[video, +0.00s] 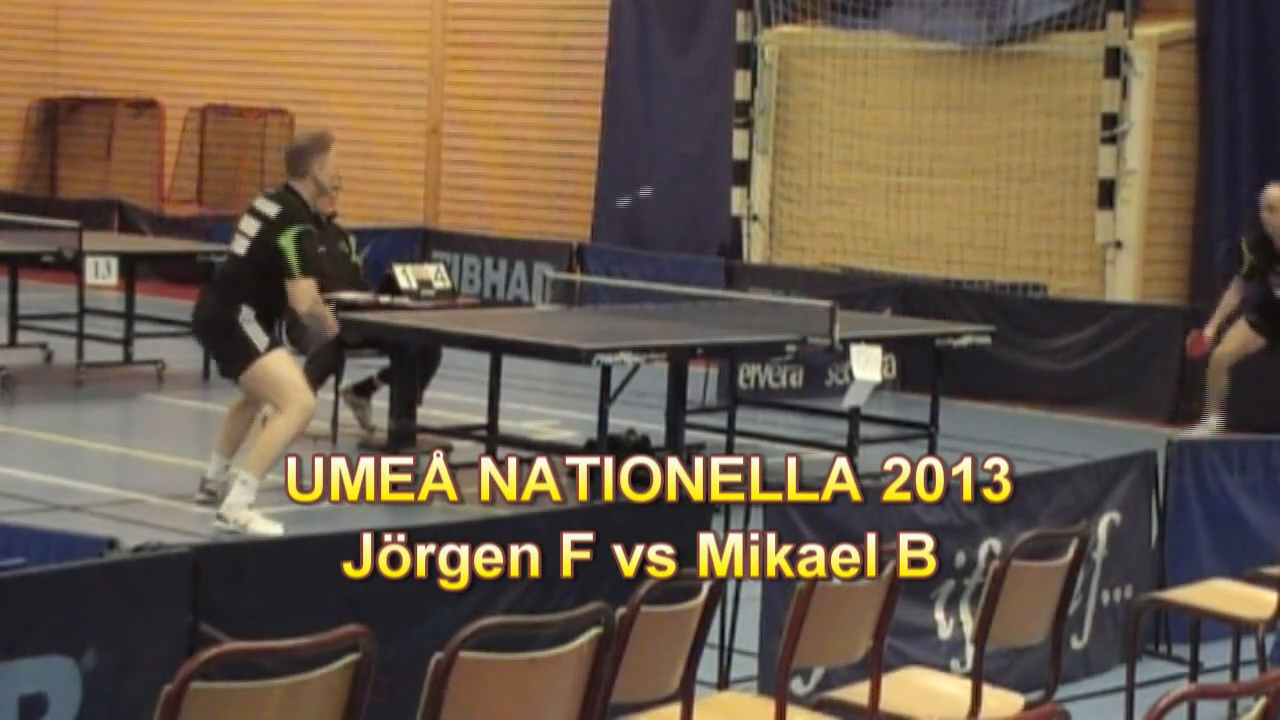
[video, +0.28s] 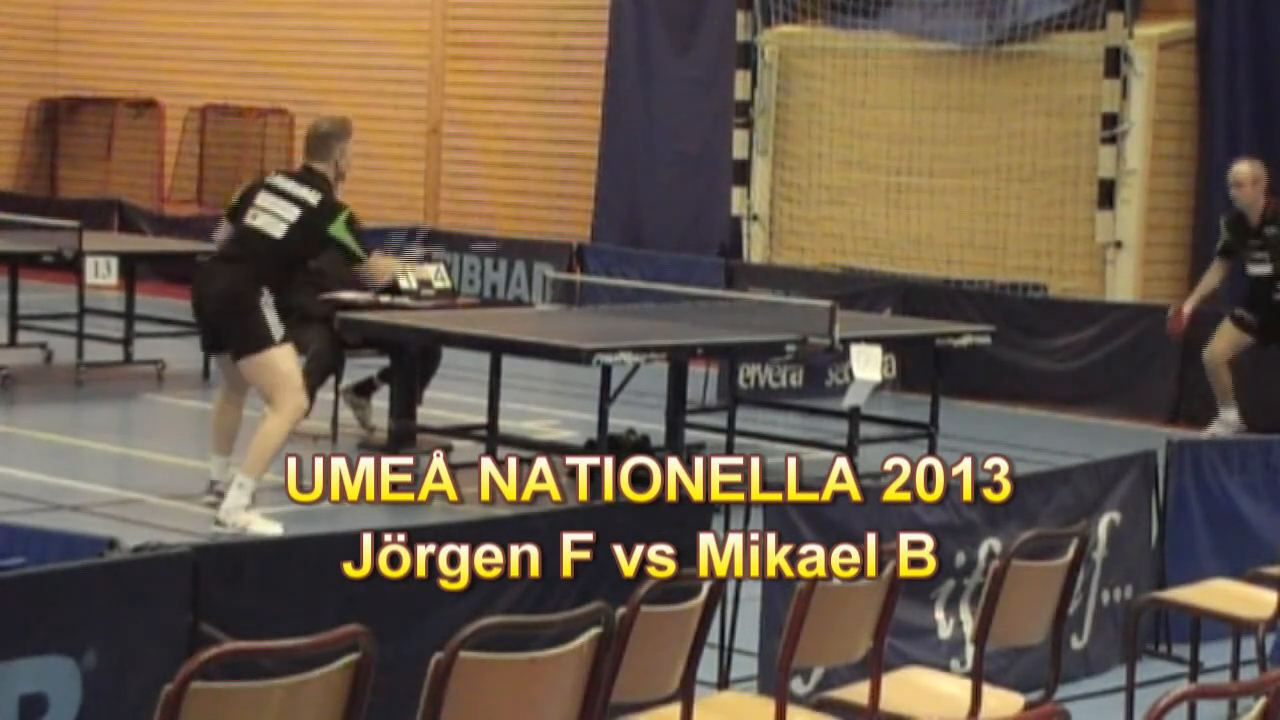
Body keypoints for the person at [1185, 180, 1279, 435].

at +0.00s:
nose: (1267, 216)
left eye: (1272, 209)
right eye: (1265, 209)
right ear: (1261, 212)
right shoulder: (1258, 246)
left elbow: (1238, 288)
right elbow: (1237, 288)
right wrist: (1211, 326)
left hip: (1270, 315)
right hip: (1268, 314)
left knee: (1222, 355)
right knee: (1221, 355)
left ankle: (1213, 420)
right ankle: (1213, 420)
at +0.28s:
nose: (1234, 192)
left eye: (1240, 185)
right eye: (1231, 185)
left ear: (1260, 187)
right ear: (1229, 188)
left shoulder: (1276, 219)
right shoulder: (1234, 222)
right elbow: (1219, 268)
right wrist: (1190, 303)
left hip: (1276, 305)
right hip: (1257, 304)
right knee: (1214, 354)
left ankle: (1229, 417)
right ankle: (1229, 417)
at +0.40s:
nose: (1219, 205)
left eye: (1226, 198)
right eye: (1217, 199)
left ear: (1245, 200)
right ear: (1214, 201)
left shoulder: (1269, 230)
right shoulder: (1220, 236)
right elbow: (1210, 282)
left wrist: (1276, 300)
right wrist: (1187, 318)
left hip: (1272, 312)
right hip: (1245, 311)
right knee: (1204, 355)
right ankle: (1192, 426)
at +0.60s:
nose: (1237, 227)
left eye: (1245, 220)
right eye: (1234, 220)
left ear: (1265, 222)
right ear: (1230, 223)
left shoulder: (1274, 259)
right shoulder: (1231, 258)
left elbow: (1275, 311)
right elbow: (1224, 305)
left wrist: (1263, 309)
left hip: (1273, 338)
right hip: (1247, 337)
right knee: (1195, 363)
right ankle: (1190, 428)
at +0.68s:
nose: (1260, 222)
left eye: (1267, 215)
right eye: (1258, 215)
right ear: (1254, 218)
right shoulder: (1255, 254)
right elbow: (1243, 300)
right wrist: (1252, 346)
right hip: (1262, 339)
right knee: (1211, 372)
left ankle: (1193, 425)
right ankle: (1193, 426)